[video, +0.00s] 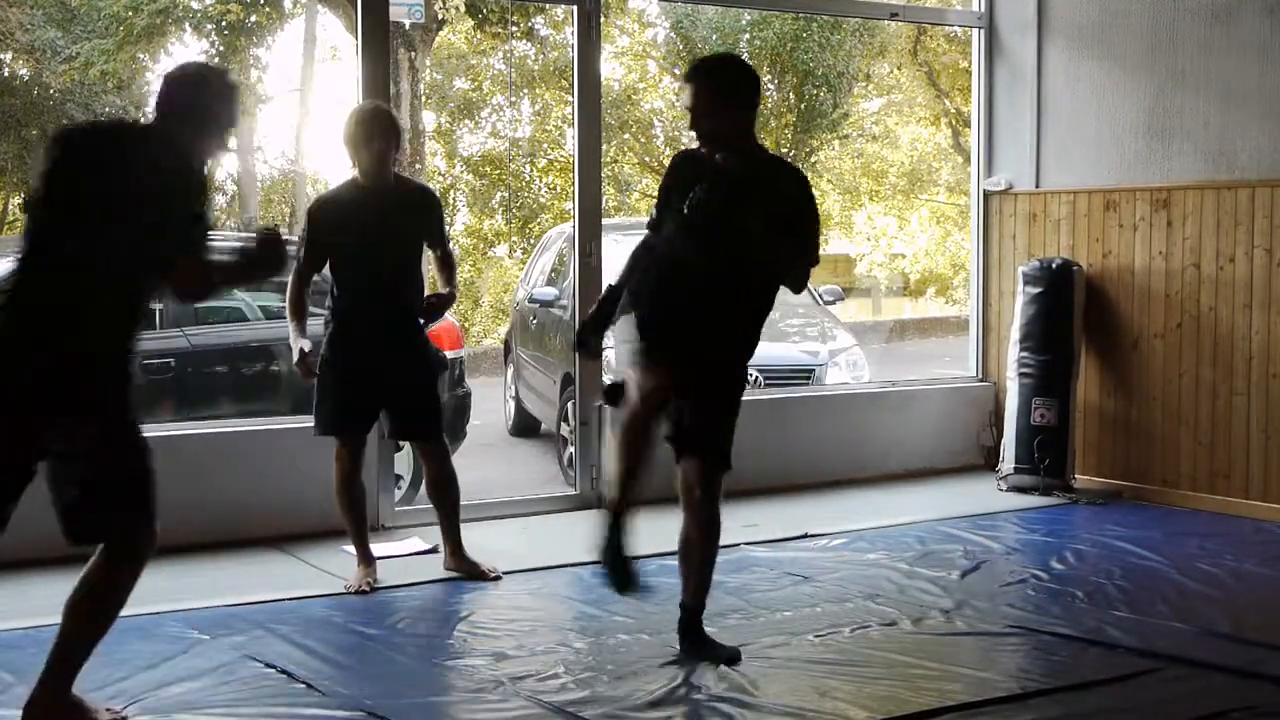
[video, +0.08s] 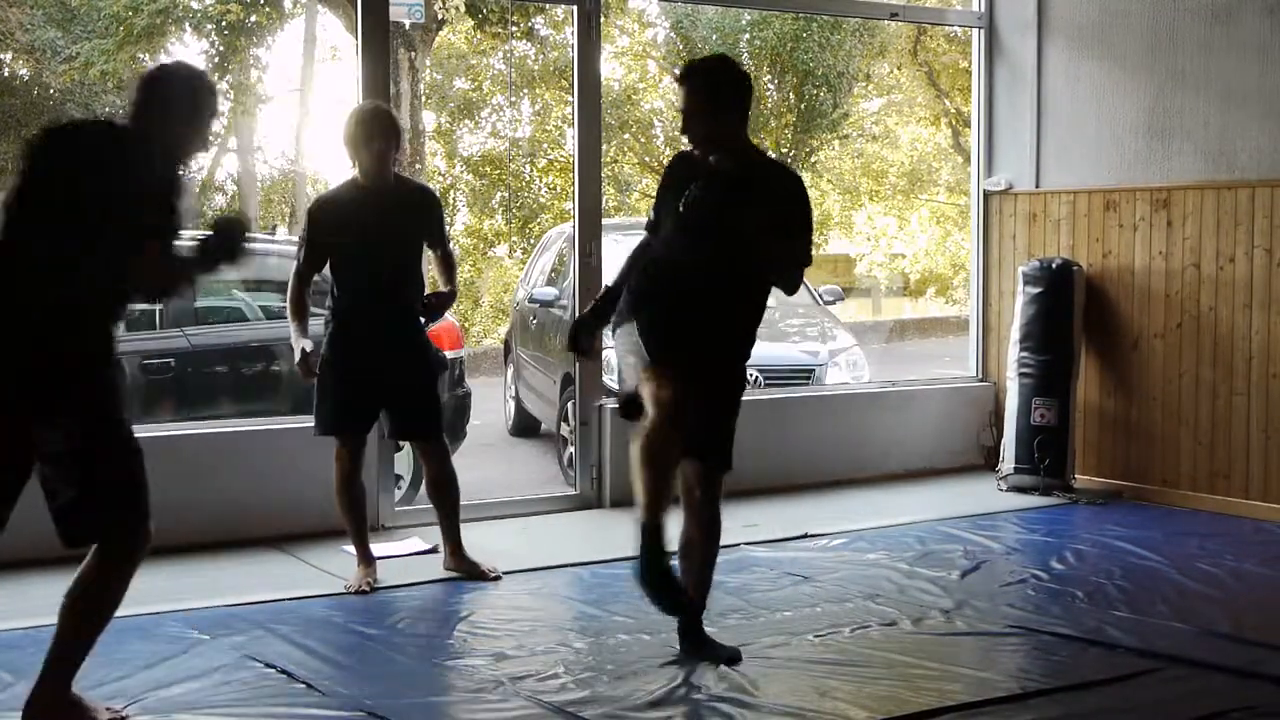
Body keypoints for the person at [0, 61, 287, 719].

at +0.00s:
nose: (226, 143)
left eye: (228, 131)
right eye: (224, 129)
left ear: (168, 104)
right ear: (200, 118)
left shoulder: (84, 142)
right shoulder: (176, 174)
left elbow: (45, 231)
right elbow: (185, 280)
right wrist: (253, 265)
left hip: (16, 354)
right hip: (89, 369)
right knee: (131, 537)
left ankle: (53, 692)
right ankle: (52, 694)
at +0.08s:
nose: (204, 141)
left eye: (208, 126)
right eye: (202, 124)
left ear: (146, 101)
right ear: (174, 114)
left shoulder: (64, 141)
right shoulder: (147, 169)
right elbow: (145, 278)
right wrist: (209, 255)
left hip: (9, 354)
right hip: (70, 366)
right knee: (126, 533)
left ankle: (51, 690)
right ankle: (51, 692)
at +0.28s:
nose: (175, 115)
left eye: (176, 102)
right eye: (172, 101)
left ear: (108, 85)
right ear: (144, 98)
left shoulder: (34, 130)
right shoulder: (111, 151)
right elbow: (142, 255)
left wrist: (150, 172)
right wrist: (173, 175)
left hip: (7, 352)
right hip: (59, 357)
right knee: (155, 509)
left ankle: (84, 670)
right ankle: (83, 670)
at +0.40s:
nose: (178, 108)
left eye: (179, 97)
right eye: (173, 96)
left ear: (110, 86)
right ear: (141, 94)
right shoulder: (111, 152)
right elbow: (156, 251)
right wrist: (175, 165)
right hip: (72, 368)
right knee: (185, 509)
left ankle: (184, 680)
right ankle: (184, 680)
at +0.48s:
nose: (193, 108)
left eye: (193, 95)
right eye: (189, 94)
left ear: (127, 84)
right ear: (163, 93)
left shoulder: (46, 138)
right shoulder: (149, 153)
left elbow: (17, 250)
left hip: (18, 363)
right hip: (94, 366)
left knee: (1, 530)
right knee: (192, 517)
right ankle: (253, 684)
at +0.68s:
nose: (262, 123)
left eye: (261, 108)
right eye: (259, 108)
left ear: (196, 94)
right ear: (237, 105)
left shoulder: (111, 149)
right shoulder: (228, 169)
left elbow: (62, 247)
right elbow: (257, 270)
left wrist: (137, 223)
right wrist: (284, 200)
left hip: (84, 374)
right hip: (169, 376)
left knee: (29, 536)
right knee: (255, 522)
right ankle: (272, 697)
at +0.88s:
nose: (288, 108)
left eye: (289, 96)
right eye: (288, 96)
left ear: (215, 80)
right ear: (277, 93)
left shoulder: (140, 133)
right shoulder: (268, 153)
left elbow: (90, 227)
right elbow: (305, 249)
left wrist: (174, 217)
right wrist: (333, 205)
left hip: (100, 371)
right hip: (195, 374)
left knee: (48, 531)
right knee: (257, 528)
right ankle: (272, 698)